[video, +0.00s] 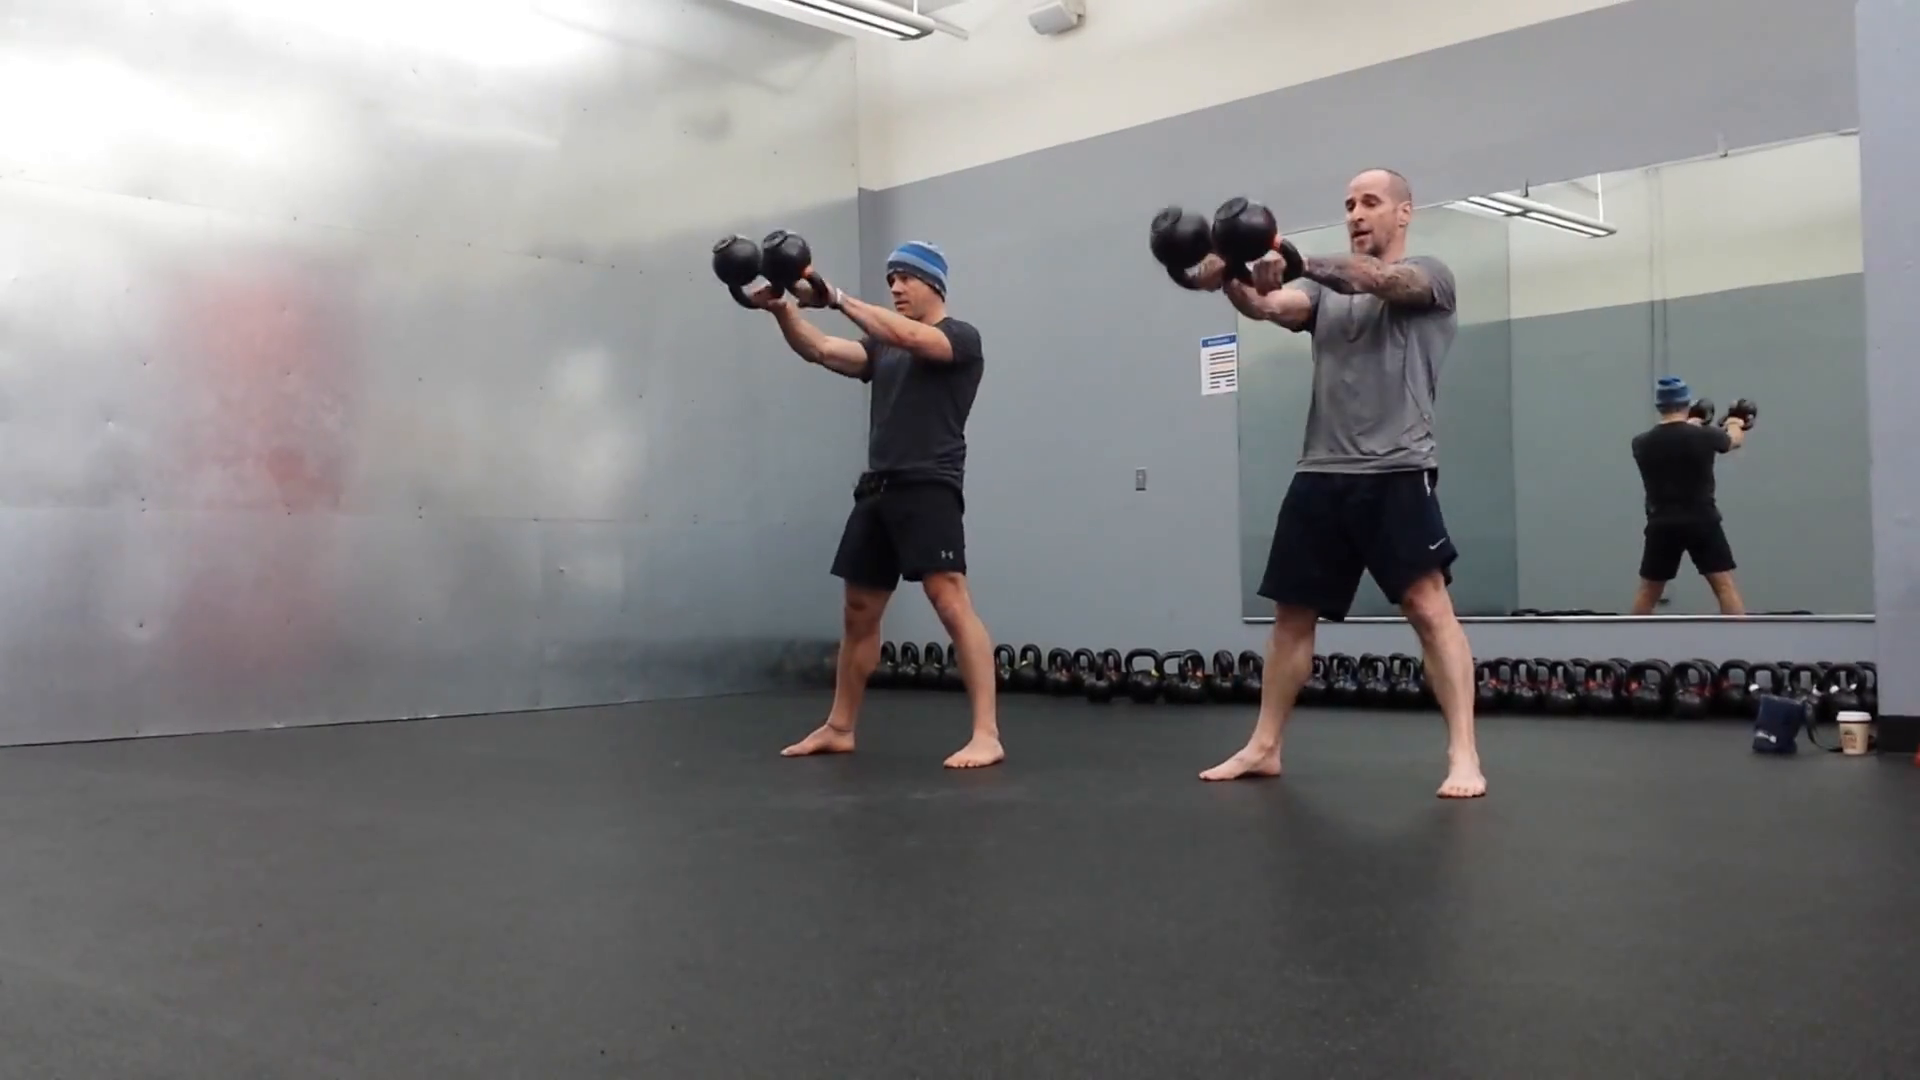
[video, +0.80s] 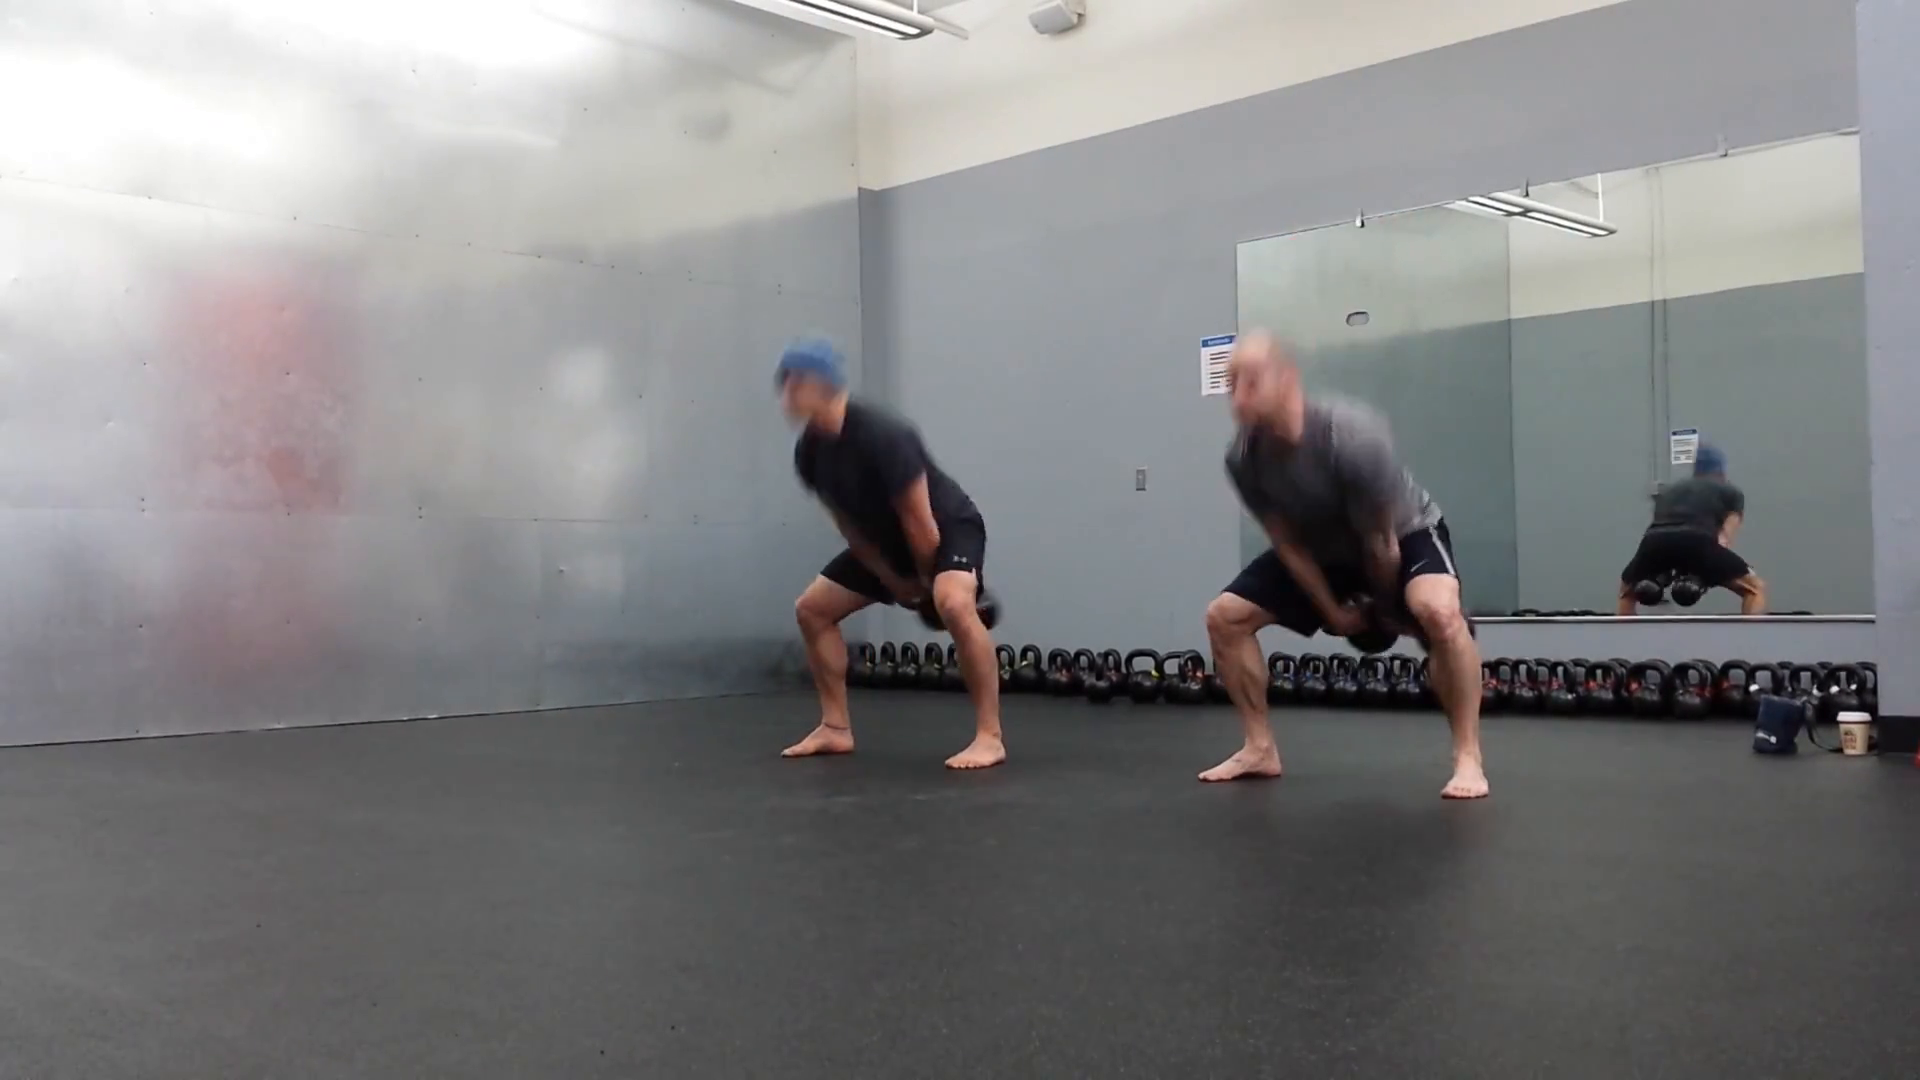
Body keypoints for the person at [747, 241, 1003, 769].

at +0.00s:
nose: (893, 287)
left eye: (902, 278)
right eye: (890, 281)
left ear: (932, 284)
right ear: (899, 290)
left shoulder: (962, 339)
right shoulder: (884, 348)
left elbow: (904, 334)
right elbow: (818, 348)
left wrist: (836, 298)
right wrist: (782, 309)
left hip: (930, 490)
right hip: (877, 493)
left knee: (951, 603)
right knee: (859, 612)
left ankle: (986, 736)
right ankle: (841, 727)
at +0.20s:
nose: (902, 296)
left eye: (911, 285)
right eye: (897, 288)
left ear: (940, 289)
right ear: (899, 295)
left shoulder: (971, 342)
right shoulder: (901, 350)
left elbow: (919, 363)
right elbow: (859, 372)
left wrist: (853, 355)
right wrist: (816, 368)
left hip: (939, 494)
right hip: (887, 495)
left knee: (954, 603)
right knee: (860, 612)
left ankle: (987, 736)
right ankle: (839, 727)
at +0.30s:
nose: (897, 303)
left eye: (906, 292)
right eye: (892, 294)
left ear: (935, 292)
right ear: (891, 298)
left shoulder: (965, 342)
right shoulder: (892, 353)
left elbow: (919, 394)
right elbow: (850, 390)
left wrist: (854, 413)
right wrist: (820, 414)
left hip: (947, 494)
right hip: (895, 496)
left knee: (954, 600)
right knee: (856, 609)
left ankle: (987, 736)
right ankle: (838, 727)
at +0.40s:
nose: (869, 314)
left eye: (877, 303)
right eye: (864, 304)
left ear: (906, 300)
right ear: (863, 307)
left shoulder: (943, 351)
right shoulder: (870, 363)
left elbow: (923, 429)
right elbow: (849, 431)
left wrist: (877, 488)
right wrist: (831, 495)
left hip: (953, 497)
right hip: (898, 500)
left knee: (956, 597)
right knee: (848, 606)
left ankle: (987, 736)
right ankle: (838, 727)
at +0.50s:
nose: (827, 351)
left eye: (833, 339)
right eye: (821, 341)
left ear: (860, 333)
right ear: (822, 342)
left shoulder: (912, 385)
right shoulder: (835, 402)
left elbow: (924, 477)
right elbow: (848, 485)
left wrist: (913, 547)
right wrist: (871, 555)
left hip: (956, 507)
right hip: (899, 511)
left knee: (962, 598)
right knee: (829, 608)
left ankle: (990, 736)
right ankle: (836, 727)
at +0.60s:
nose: (790, 415)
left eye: (797, 401)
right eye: (784, 404)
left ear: (825, 394)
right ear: (783, 407)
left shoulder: (885, 439)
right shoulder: (810, 460)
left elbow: (932, 531)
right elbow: (853, 534)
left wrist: (938, 586)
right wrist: (902, 587)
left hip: (954, 530)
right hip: (893, 540)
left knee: (966, 602)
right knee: (817, 608)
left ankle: (991, 737)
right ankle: (835, 728)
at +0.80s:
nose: (788, 394)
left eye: (798, 381)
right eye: (785, 384)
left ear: (827, 383)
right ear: (787, 389)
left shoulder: (885, 435)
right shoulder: (810, 452)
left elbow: (923, 529)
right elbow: (851, 529)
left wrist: (936, 585)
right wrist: (892, 579)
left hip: (951, 527)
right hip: (889, 538)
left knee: (954, 604)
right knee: (813, 609)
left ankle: (989, 737)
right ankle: (835, 728)